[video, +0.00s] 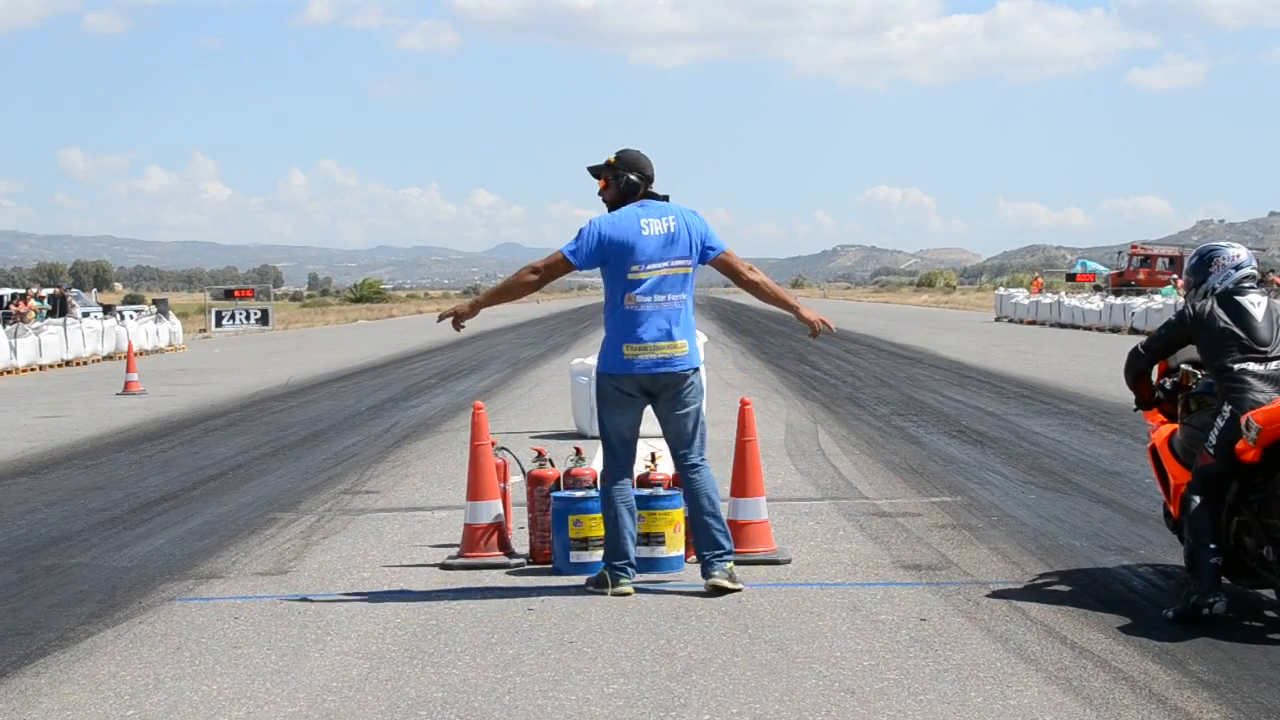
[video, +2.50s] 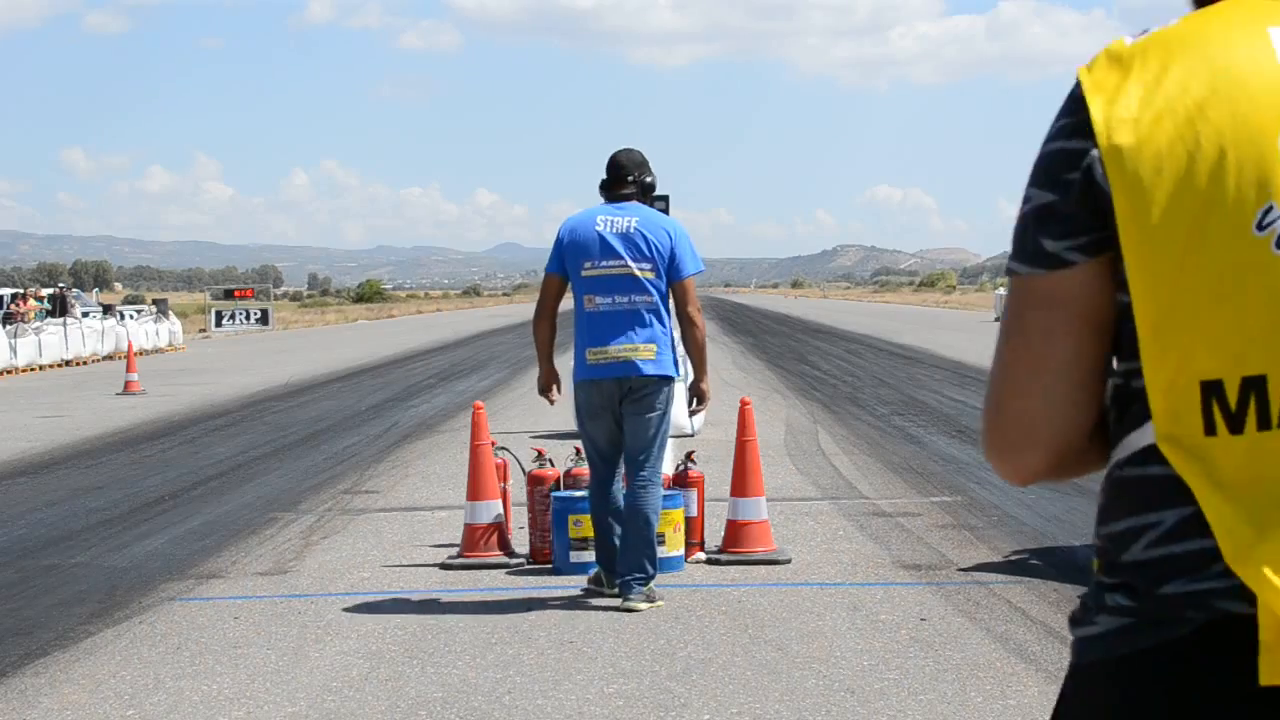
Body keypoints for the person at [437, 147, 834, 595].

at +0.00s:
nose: (598, 191)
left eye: (602, 183)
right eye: (600, 182)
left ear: (621, 183)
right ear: (647, 184)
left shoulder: (604, 229)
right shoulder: (689, 221)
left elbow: (538, 274)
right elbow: (743, 273)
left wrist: (476, 303)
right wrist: (801, 309)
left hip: (622, 365)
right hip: (679, 361)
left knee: (617, 470)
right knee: (693, 462)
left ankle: (619, 572)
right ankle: (719, 564)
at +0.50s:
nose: (581, 190)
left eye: (584, 183)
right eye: (582, 183)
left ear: (596, 185)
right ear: (628, 184)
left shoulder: (577, 227)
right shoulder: (663, 221)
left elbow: (517, 265)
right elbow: (714, 274)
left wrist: (464, 292)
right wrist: (757, 305)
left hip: (602, 363)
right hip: (659, 360)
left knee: (609, 469)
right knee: (662, 462)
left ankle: (617, 571)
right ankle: (667, 569)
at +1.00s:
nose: (576, 191)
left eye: (579, 184)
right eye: (576, 184)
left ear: (596, 184)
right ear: (624, 185)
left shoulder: (577, 228)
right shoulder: (665, 222)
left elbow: (516, 266)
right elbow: (716, 277)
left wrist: (465, 292)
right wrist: (763, 313)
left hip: (601, 362)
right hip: (658, 360)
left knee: (609, 467)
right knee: (661, 462)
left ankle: (617, 571)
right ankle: (667, 569)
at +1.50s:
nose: (568, 196)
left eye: (570, 188)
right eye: (568, 188)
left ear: (585, 186)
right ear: (616, 185)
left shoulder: (571, 230)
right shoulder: (659, 223)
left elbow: (523, 291)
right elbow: (698, 292)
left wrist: (497, 336)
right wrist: (723, 344)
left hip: (596, 366)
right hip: (653, 362)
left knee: (605, 468)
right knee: (658, 462)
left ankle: (616, 572)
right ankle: (667, 568)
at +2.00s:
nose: (613, 190)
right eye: (619, 184)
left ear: (580, 189)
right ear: (621, 185)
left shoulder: (556, 233)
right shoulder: (648, 221)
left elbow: (541, 316)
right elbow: (678, 300)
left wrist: (551, 378)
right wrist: (691, 359)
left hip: (589, 367)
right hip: (646, 362)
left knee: (602, 468)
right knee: (656, 459)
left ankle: (613, 570)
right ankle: (650, 566)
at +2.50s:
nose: (647, 190)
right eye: (648, 183)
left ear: (604, 186)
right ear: (647, 185)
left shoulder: (573, 229)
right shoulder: (666, 229)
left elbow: (546, 305)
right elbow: (690, 314)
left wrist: (544, 364)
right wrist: (702, 374)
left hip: (593, 368)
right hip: (651, 366)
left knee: (603, 471)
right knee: (644, 472)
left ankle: (609, 572)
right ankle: (635, 584)